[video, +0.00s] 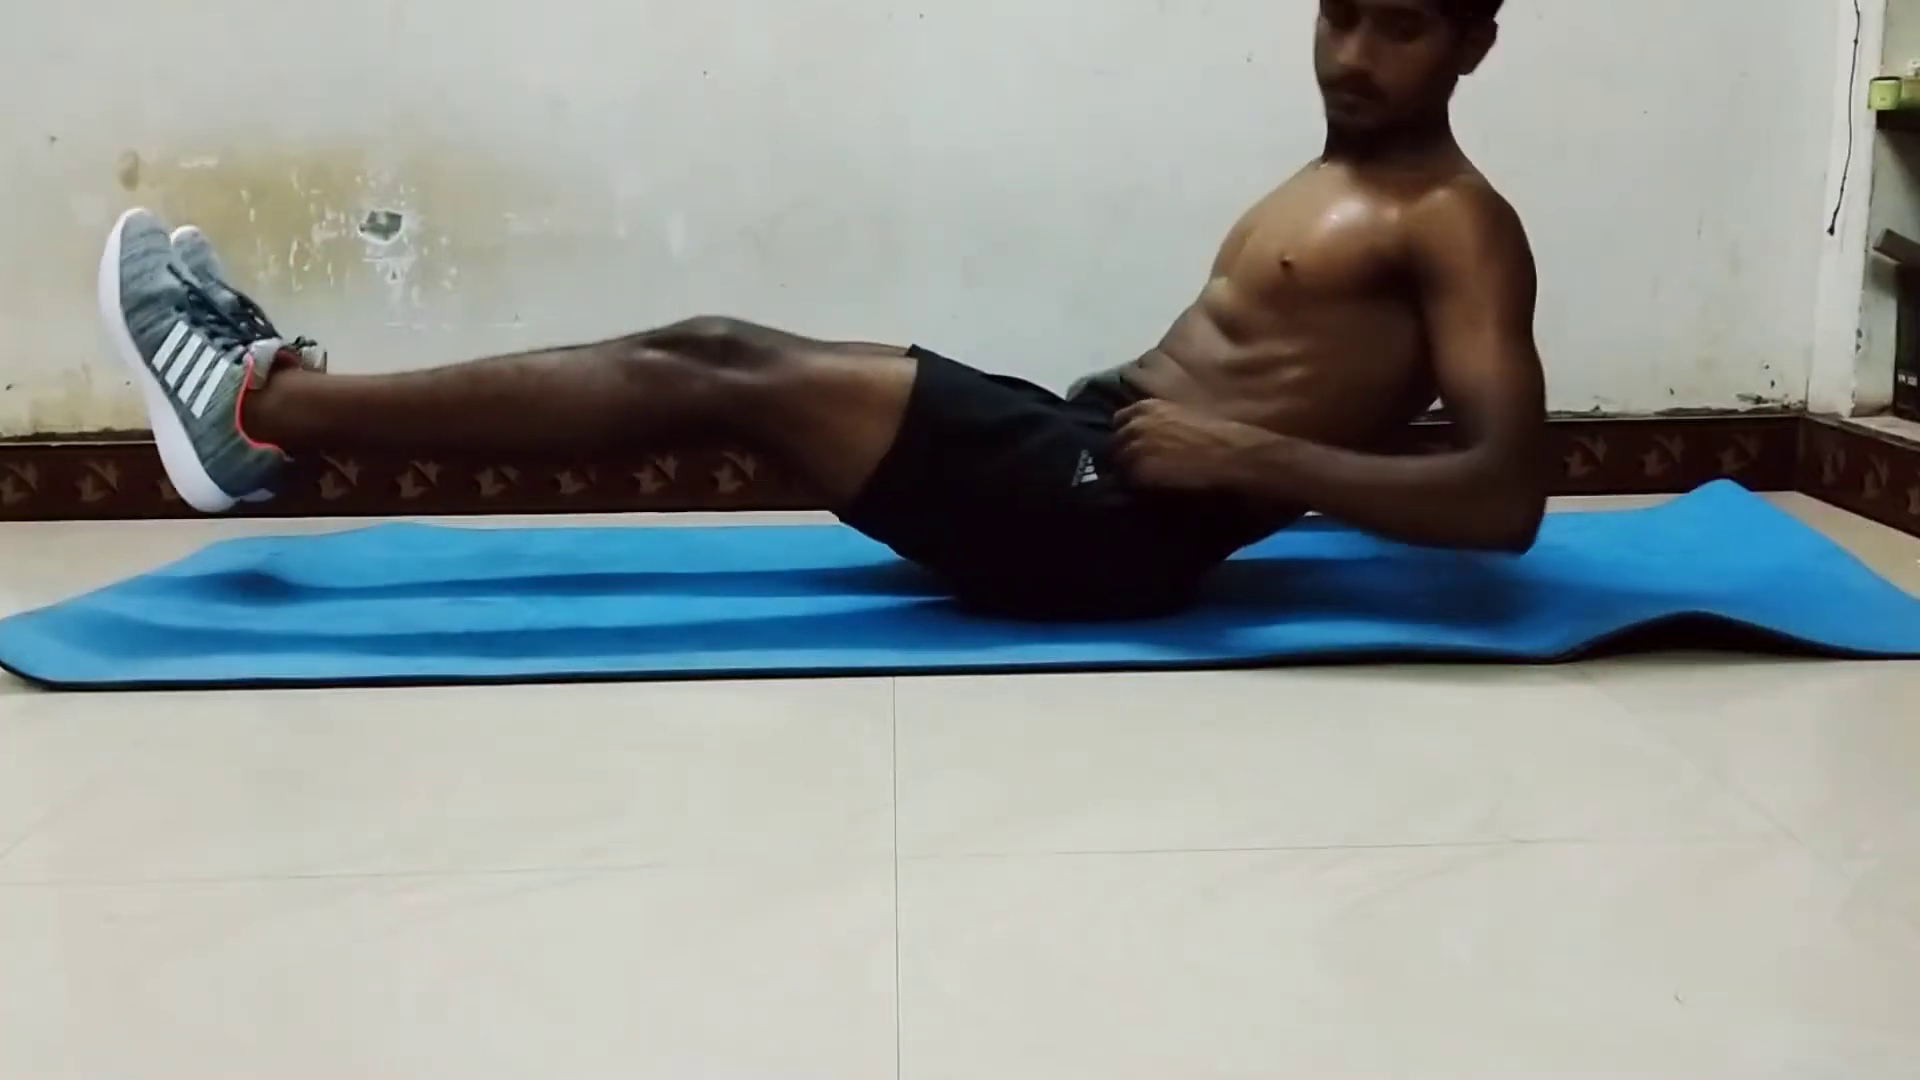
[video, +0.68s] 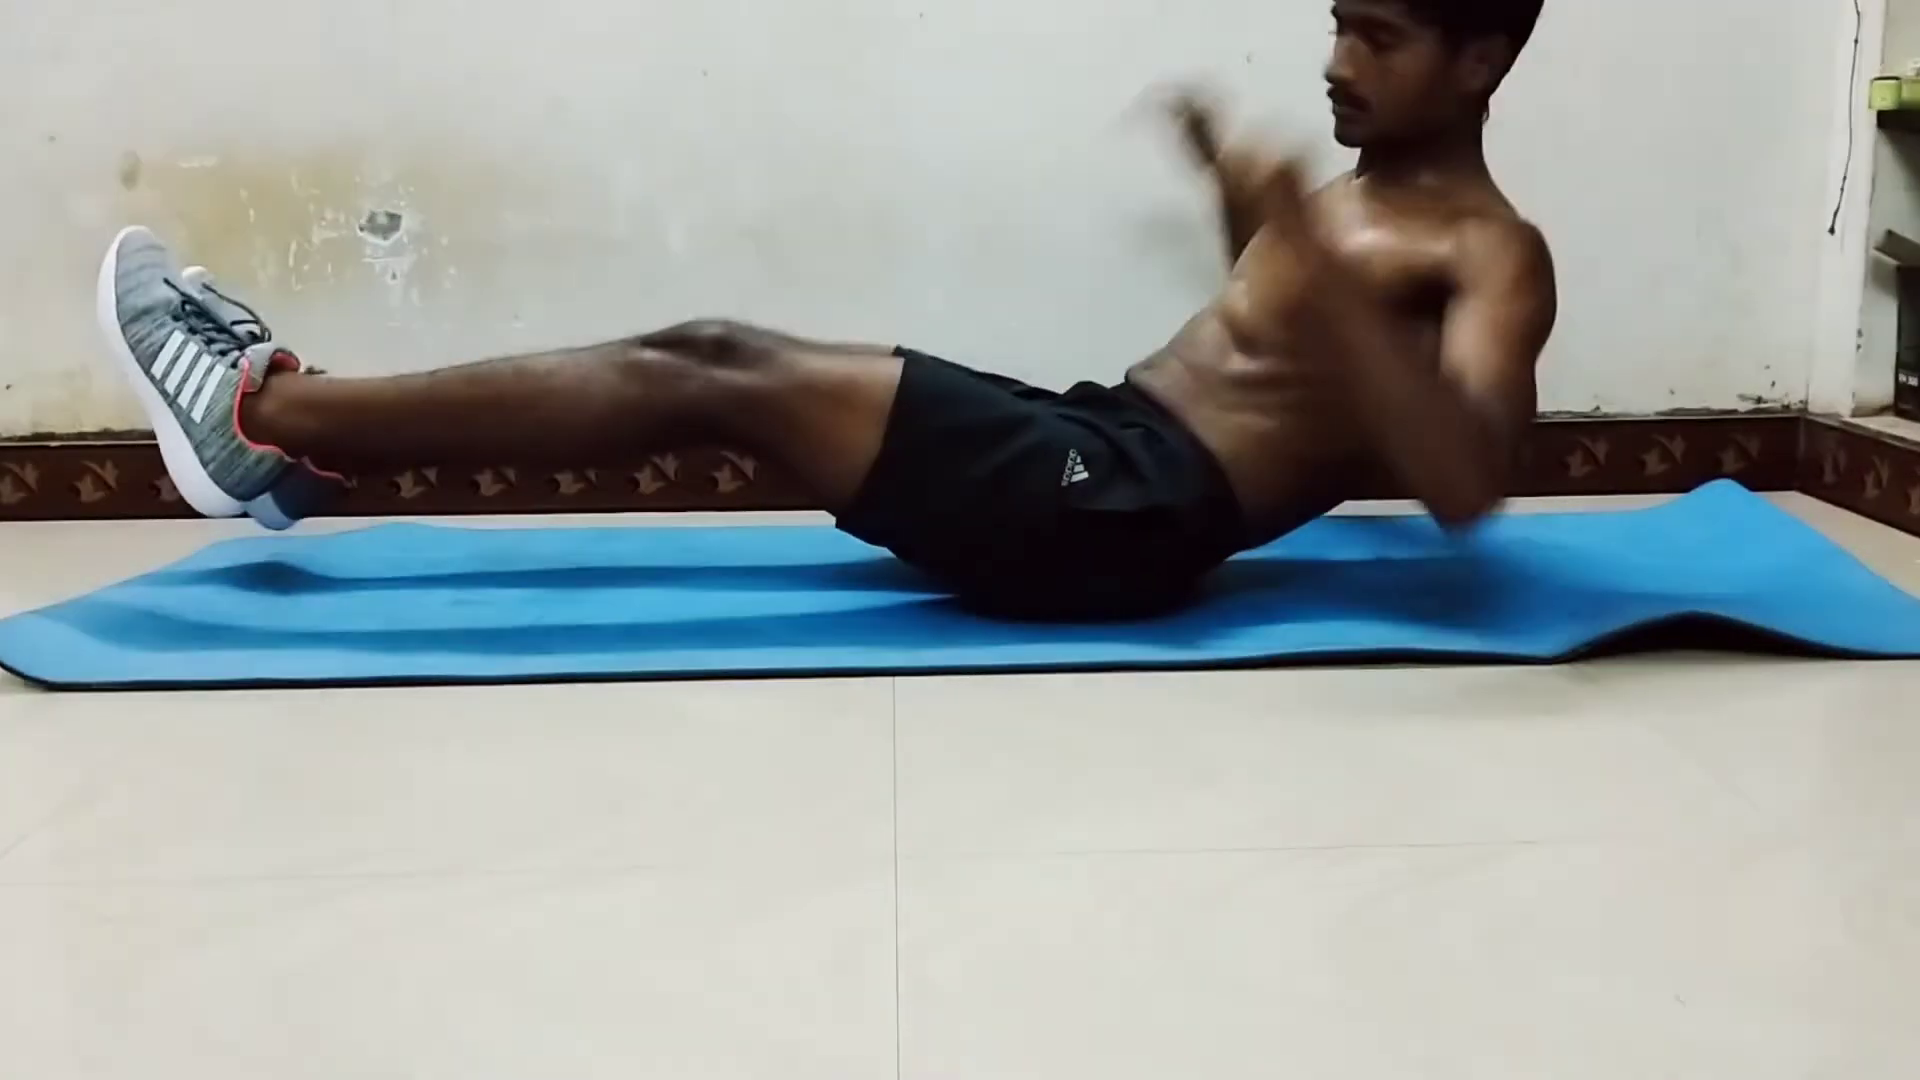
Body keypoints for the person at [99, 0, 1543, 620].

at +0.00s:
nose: (1347, 48)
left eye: (1392, 24)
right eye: (1337, 15)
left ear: (1472, 46)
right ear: (1319, 23)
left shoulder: (1458, 220)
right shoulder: (1337, 176)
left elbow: (1507, 494)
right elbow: (1309, 381)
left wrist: (1259, 462)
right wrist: (1157, 397)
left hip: (1123, 510)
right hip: (1079, 443)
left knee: (711, 368)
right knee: (706, 349)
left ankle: (264, 405)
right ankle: (287, 423)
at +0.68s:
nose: (1340, 55)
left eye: (1377, 35)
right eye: (1344, 24)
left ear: (1481, 62)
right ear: (1397, 47)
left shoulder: (1493, 253)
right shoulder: (1350, 186)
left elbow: (1469, 492)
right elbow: (1277, 309)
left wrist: (1341, 281)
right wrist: (1237, 182)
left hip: (1133, 498)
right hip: (1088, 445)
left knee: (708, 372)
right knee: (704, 361)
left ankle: (271, 411)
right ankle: (301, 452)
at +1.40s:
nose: (1296, 36)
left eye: (1321, 20)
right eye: (1308, 19)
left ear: (1395, 34)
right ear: (1402, 41)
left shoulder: (1404, 140)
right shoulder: (1385, 144)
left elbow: (1170, 13)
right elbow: (1203, 28)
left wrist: (1375, 56)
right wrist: (1385, 63)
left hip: (1123, 508)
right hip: (1101, 429)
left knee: (698, 459)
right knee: (932, 151)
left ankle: (230, 460)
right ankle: (613, 359)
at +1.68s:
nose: (1267, 23)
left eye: (1284, 14)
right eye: (1289, 14)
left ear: (1357, 27)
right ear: (1406, 39)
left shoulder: (1341, 107)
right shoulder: (1414, 158)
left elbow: (1123, 5)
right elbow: (1475, 141)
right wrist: (1438, 59)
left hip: (1110, 512)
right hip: (1122, 430)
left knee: (697, 483)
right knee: (1077, 105)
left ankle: (223, 480)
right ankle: (726, 298)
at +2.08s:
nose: (1231, 69)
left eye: (1249, 40)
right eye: (1232, 41)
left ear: (1353, 29)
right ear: (1328, 37)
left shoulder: (1420, 171)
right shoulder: (1357, 170)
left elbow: (1376, 84)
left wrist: (1429, 48)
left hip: (1147, 513)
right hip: (1126, 435)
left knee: (787, 285)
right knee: (895, 170)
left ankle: (351, 428)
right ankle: (514, 305)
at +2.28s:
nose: (1260, 71)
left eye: (1292, 45)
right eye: (1259, 45)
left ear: (1411, 47)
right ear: (1299, 53)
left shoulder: (1472, 166)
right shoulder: (1281, 141)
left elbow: (1596, 14)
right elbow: (1114, 37)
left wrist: (1459, 50)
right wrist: (1285, 52)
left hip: (1155, 515)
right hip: (1085, 473)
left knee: (967, 127)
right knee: (758, 314)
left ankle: (567, 236)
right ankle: (378, 373)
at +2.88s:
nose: (1273, 90)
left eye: (1306, 68)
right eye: (1269, 69)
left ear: (1405, 69)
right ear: (1281, 80)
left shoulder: (1480, 192)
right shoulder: (1254, 134)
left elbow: (1683, 31)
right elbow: (1068, 30)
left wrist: (1507, 14)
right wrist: (1233, 20)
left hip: (1155, 509)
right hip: (1064, 468)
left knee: (968, 139)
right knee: (748, 296)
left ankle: (547, 127)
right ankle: (378, 426)